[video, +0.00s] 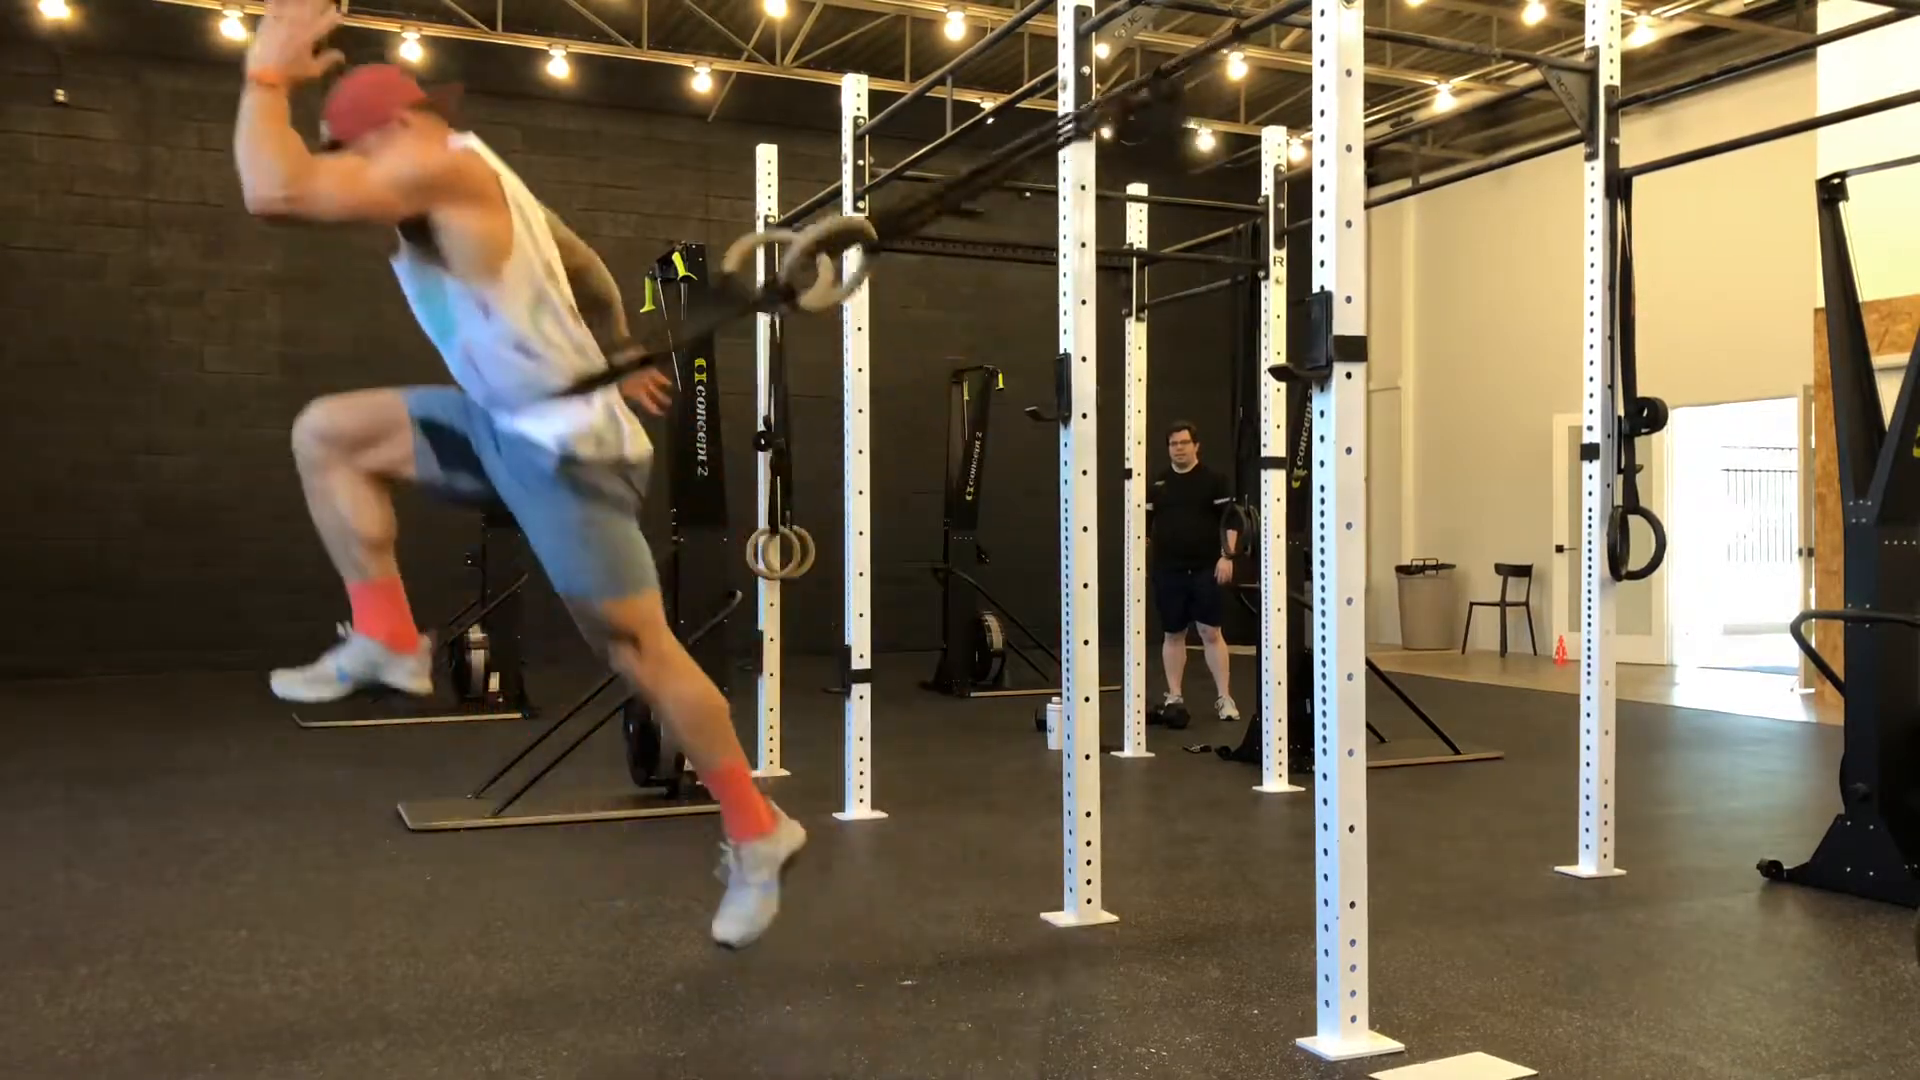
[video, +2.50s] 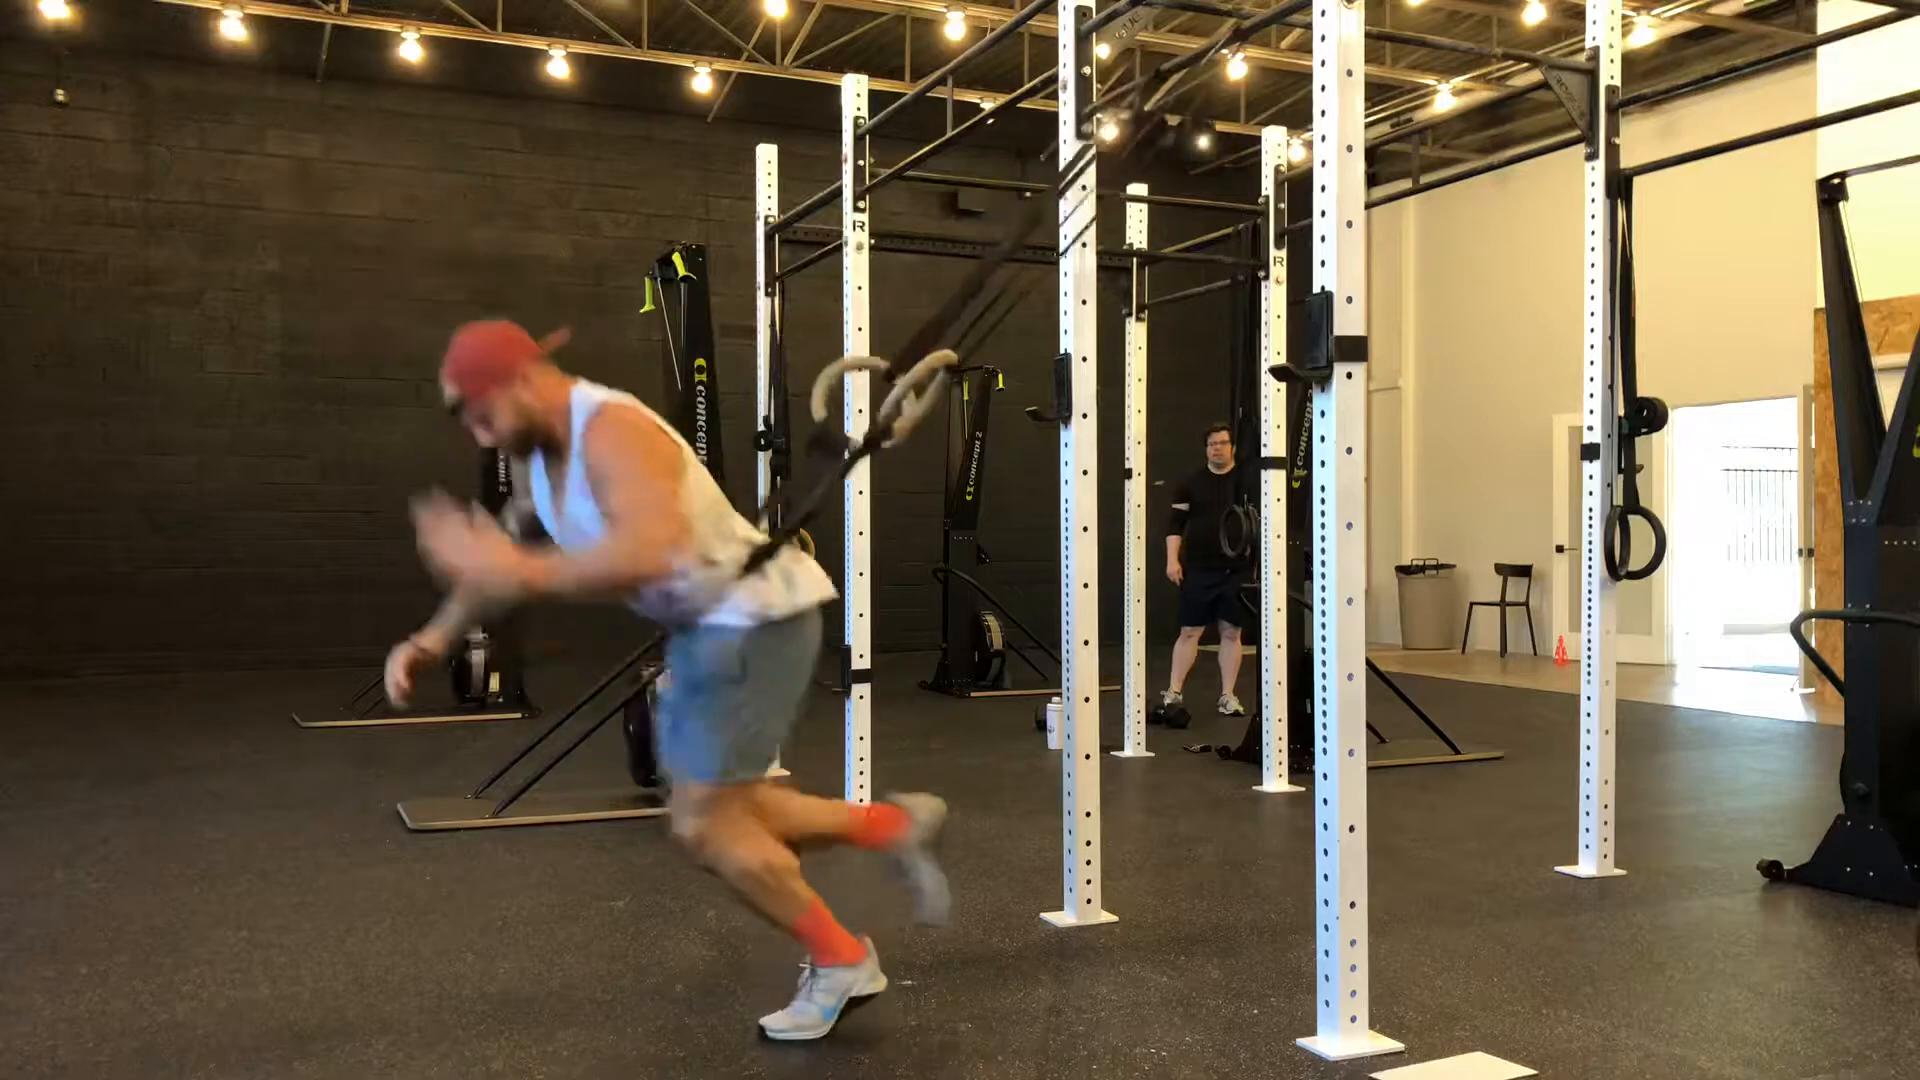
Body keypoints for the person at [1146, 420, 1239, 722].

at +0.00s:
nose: (1178, 449)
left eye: (1184, 443)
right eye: (1173, 444)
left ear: (1196, 446)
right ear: (1167, 448)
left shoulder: (1214, 481)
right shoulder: (1158, 484)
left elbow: (1232, 521)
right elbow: (1143, 525)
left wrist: (1227, 556)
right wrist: (1142, 559)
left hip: (1205, 569)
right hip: (1168, 569)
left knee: (1211, 633)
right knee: (1174, 634)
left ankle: (1224, 698)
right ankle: (1174, 696)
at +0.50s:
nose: (1173, 449)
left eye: (1179, 443)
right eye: (1168, 444)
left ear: (1191, 447)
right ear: (1162, 449)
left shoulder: (1208, 482)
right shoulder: (1152, 485)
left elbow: (1224, 524)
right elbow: (1140, 525)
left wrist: (1221, 557)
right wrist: (1138, 563)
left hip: (1200, 569)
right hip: (1164, 569)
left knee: (1207, 632)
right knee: (1170, 634)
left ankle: (1223, 697)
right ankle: (1173, 696)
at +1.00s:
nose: (1169, 451)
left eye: (1174, 445)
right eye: (1164, 446)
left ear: (1186, 449)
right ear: (1158, 450)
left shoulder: (1203, 483)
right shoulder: (1147, 486)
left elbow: (1217, 525)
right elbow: (1134, 527)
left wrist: (1217, 559)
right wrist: (1130, 560)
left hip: (1196, 569)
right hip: (1160, 570)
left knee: (1204, 631)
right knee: (1168, 633)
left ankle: (1222, 697)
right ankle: (1173, 696)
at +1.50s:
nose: (1174, 451)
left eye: (1179, 445)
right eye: (1168, 446)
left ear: (1191, 448)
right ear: (1162, 450)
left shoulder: (1205, 482)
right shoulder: (1149, 484)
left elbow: (1219, 524)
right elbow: (1133, 524)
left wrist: (1219, 558)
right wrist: (1127, 556)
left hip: (1198, 569)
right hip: (1161, 569)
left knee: (1209, 631)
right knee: (1168, 634)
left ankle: (1226, 693)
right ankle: (1172, 695)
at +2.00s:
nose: (1194, 448)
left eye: (1200, 442)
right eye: (1190, 443)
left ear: (1212, 447)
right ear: (1184, 448)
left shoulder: (1227, 483)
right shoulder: (1172, 483)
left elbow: (1242, 524)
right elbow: (1156, 525)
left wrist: (1243, 557)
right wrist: (1154, 558)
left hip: (1219, 569)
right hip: (1180, 569)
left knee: (1220, 633)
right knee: (1180, 634)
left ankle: (1226, 694)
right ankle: (1174, 694)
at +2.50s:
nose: (1217, 449)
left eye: (1223, 443)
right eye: (1213, 444)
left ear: (1233, 447)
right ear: (1205, 449)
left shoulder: (1246, 480)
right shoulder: (1192, 482)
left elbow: (1261, 521)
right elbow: (1175, 523)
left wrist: (1259, 561)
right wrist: (1172, 559)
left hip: (1235, 569)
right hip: (1197, 568)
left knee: (1231, 632)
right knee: (1190, 631)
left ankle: (1228, 696)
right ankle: (1174, 692)